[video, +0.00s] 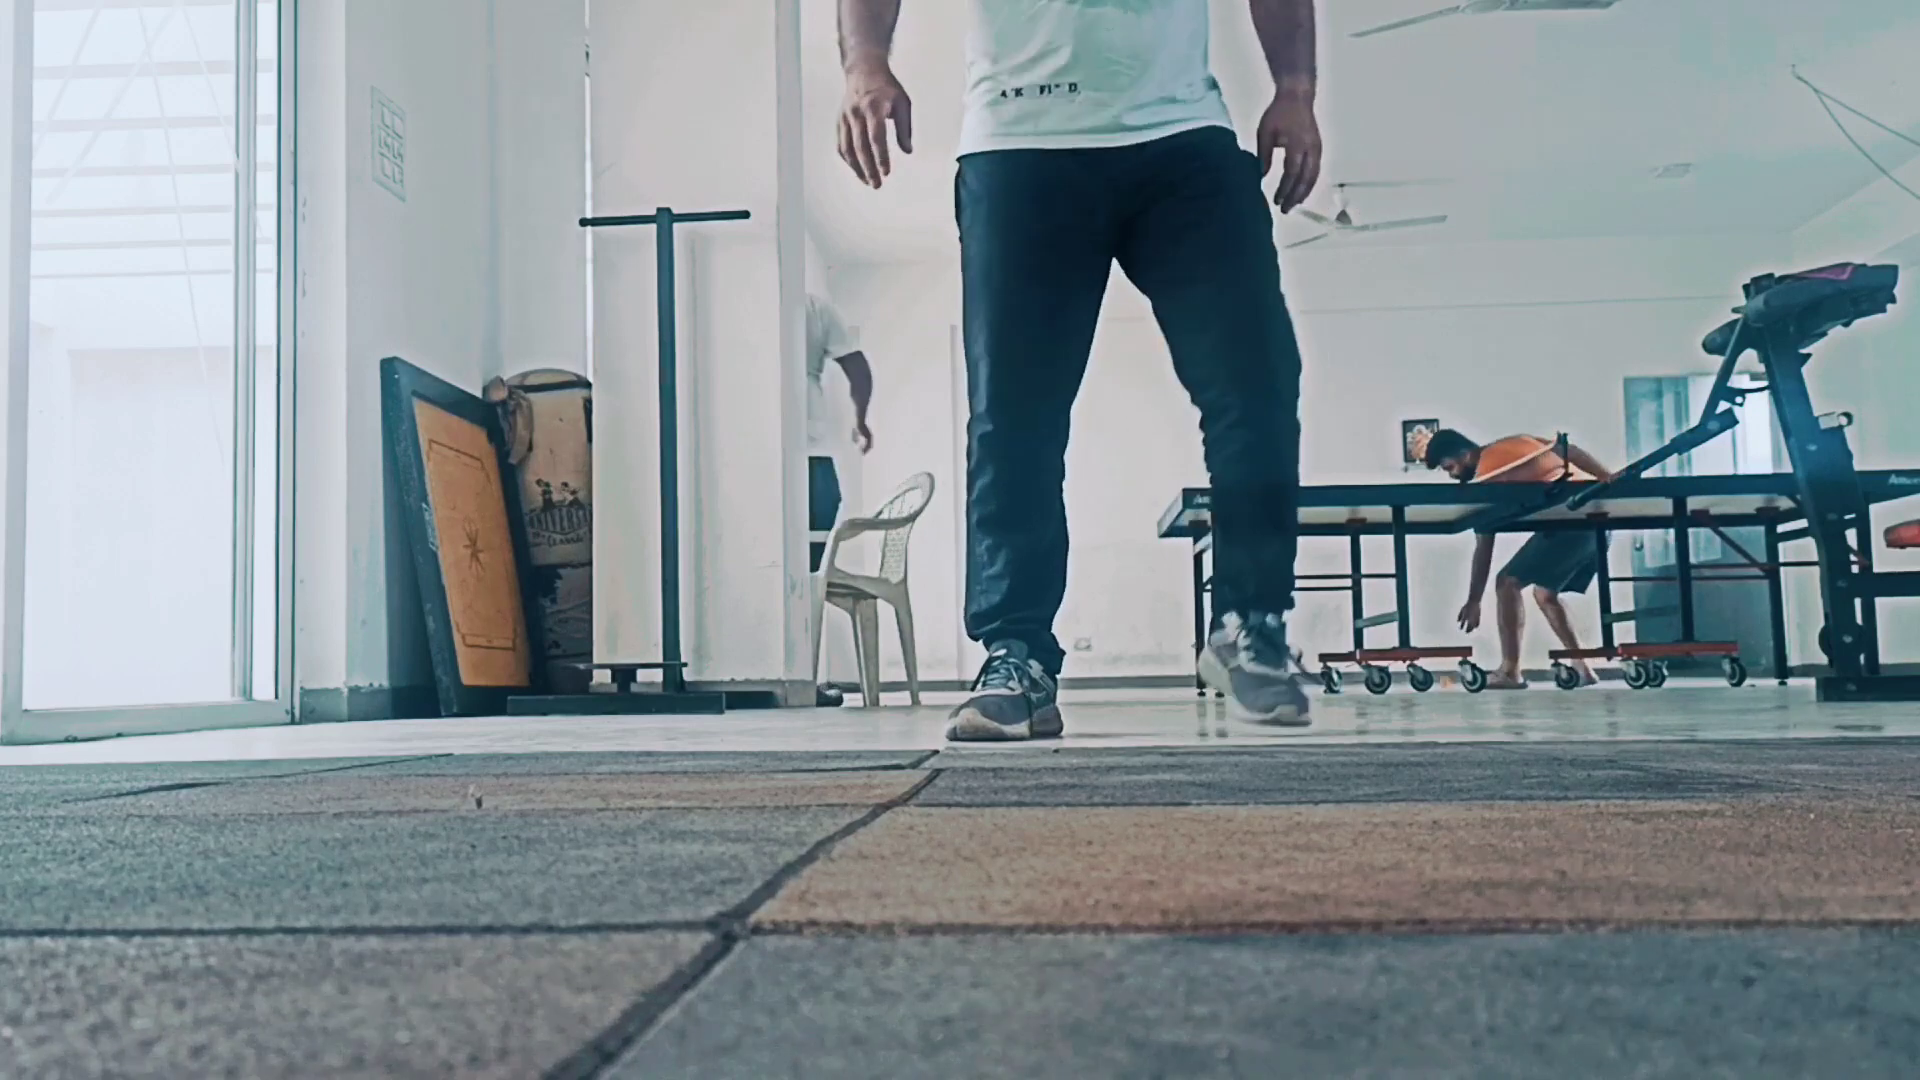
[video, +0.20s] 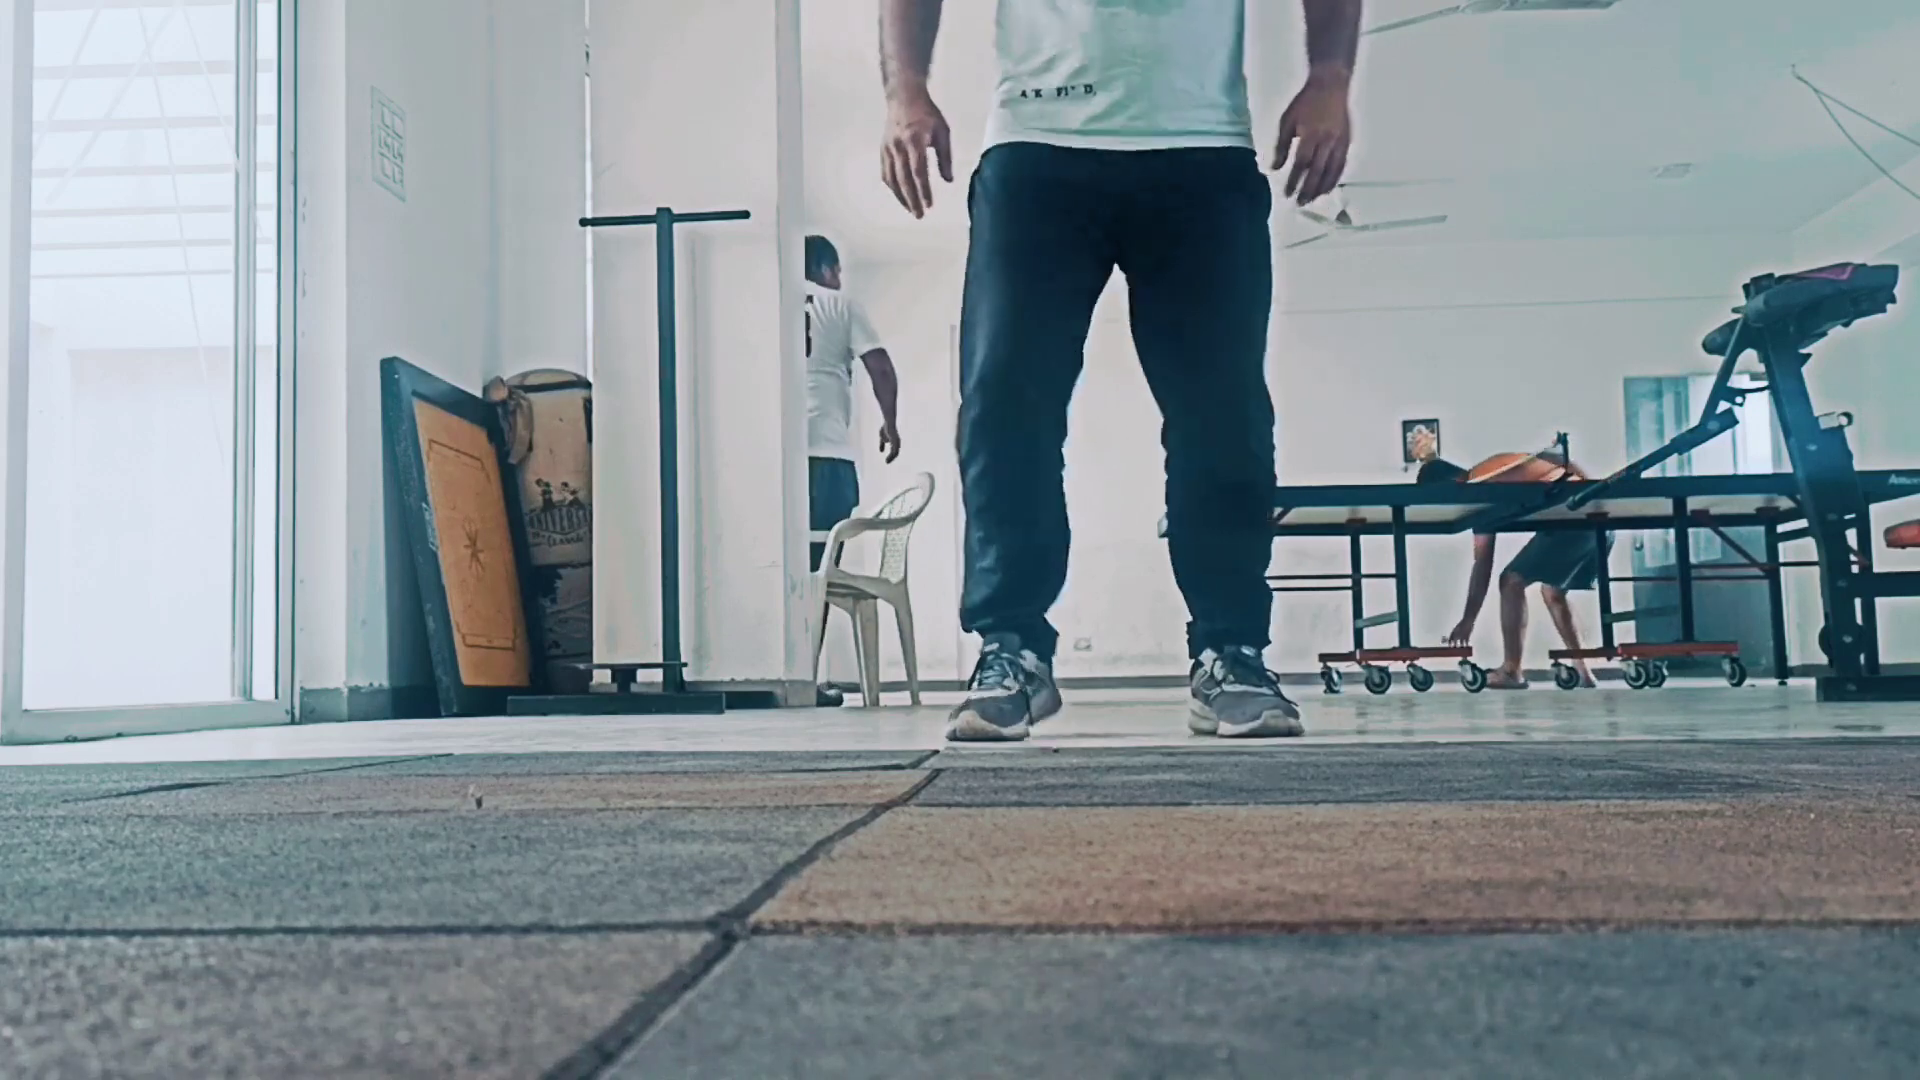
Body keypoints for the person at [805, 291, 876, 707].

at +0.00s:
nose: (778, 274)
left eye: (781, 269)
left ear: (790, 270)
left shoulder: (812, 307)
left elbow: (858, 370)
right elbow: (860, 370)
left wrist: (859, 420)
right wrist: (861, 420)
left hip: (810, 453)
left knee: (811, 570)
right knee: (804, 571)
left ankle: (809, 677)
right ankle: (803, 677)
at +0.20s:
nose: (840, 278)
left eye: (837, 271)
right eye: (838, 271)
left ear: (796, 268)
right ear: (826, 268)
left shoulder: (766, 301)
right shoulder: (839, 303)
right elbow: (879, 365)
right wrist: (890, 420)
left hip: (774, 456)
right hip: (826, 455)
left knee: (776, 567)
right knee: (822, 571)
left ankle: (781, 675)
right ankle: (814, 677)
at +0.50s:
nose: (870, 286)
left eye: (869, 279)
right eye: (869, 278)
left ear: (820, 278)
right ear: (858, 276)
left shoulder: (795, 307)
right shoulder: (865, 306)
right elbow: (890, 369)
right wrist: (905, 428)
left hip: (792, 449)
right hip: (839, 448)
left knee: (811, 562)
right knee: (830, 564)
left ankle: (836, 671)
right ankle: (812, 670)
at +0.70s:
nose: (888, 295)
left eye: (887, 289)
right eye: (887, 288)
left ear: (842, 287)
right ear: (880, 286)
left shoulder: (815, 323)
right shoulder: (880, 310)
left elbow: (816, 391)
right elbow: (904, 370)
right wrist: (927, 431)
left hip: (819, 457)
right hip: (863, 452)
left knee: (851, 569)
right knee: (852, 569)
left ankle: (871, 677)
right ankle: (805, 672)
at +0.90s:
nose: (912, 295)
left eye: (911, 289)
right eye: (911, 288)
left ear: (864, 289)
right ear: (902, 285)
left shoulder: (839, 331)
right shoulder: (898, 309)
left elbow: (842, 395)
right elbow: (919, 375)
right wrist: (945, 424)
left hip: (849, 462)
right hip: (894, 453)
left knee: (868, 566)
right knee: (924, 557)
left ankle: (873, 677)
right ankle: (851, 642)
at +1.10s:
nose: (933, 296)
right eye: (930, 287)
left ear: (897, 286)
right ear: (921, 287)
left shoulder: (872, 328)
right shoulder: (916, 317)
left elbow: (876, 393)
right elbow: (926, 383)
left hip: (871, 460)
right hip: (906, 455)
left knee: (879, 567)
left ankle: (871, 674)